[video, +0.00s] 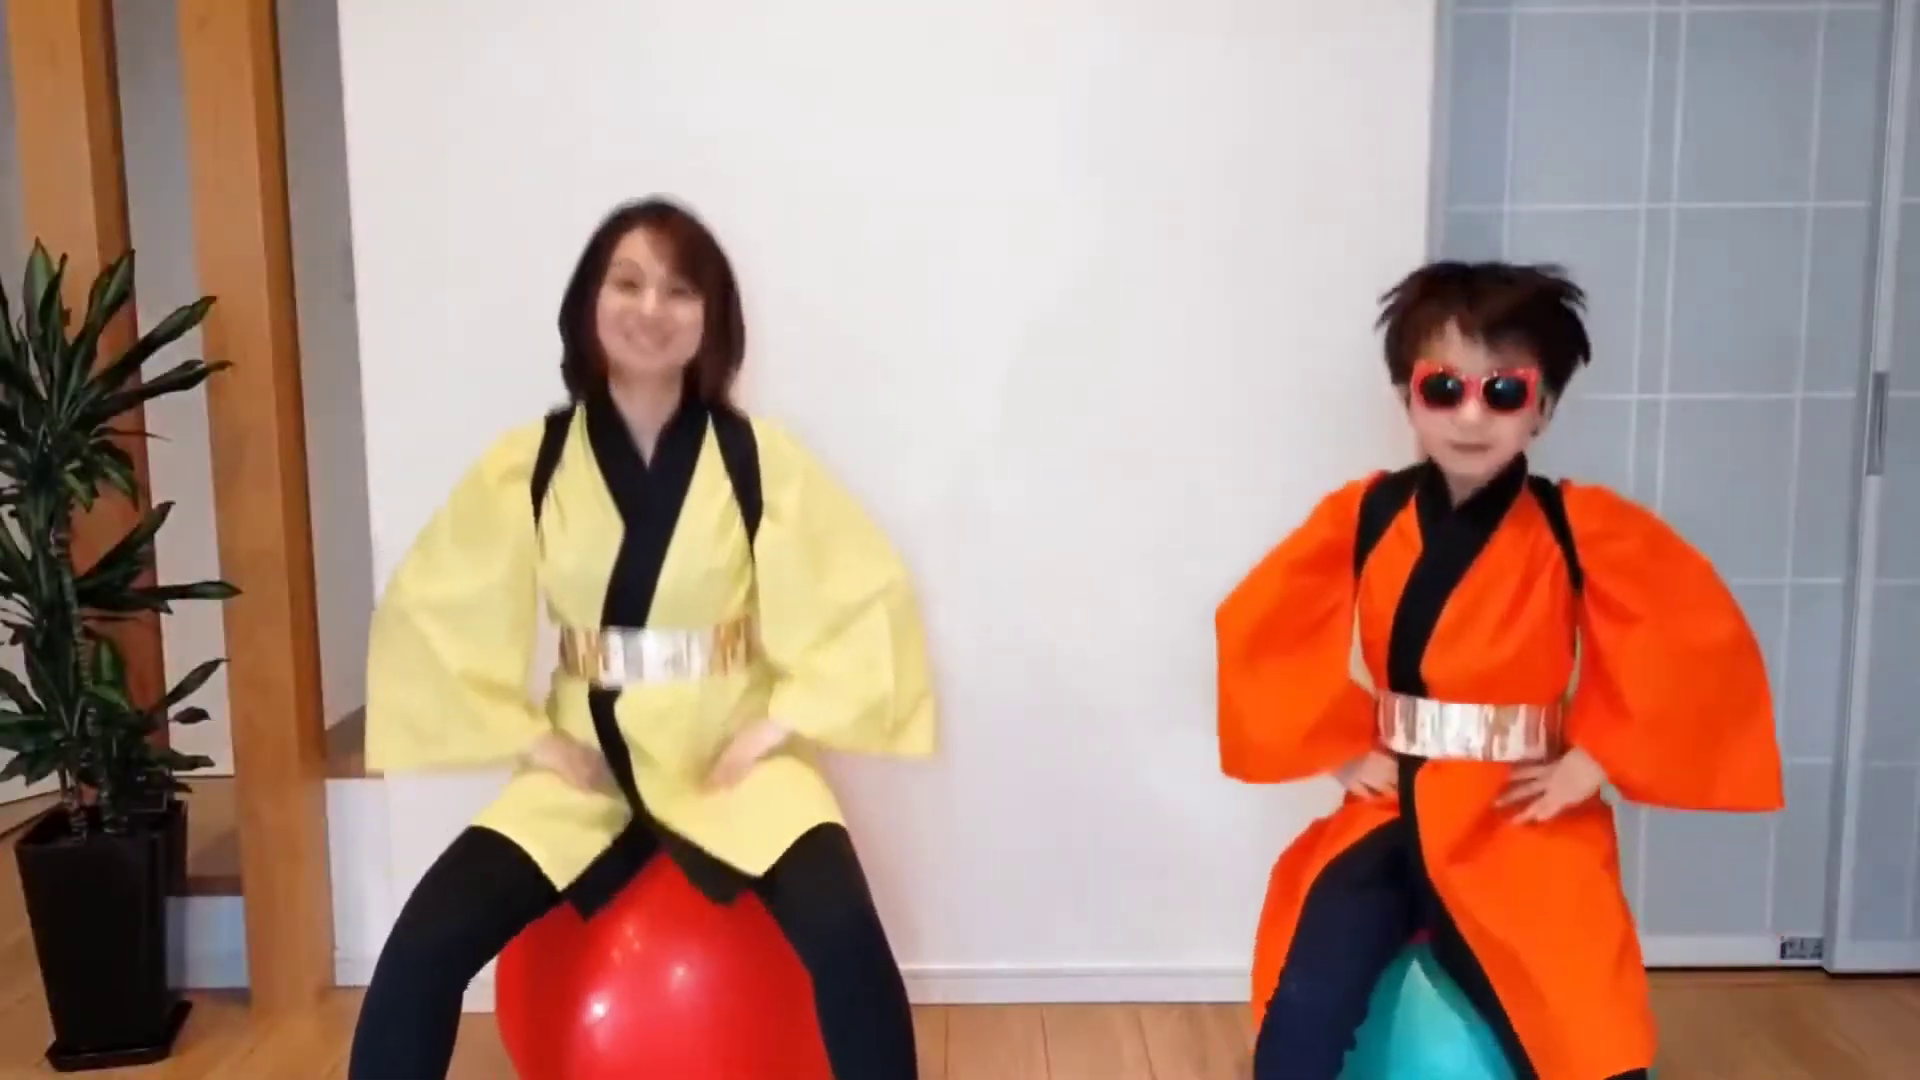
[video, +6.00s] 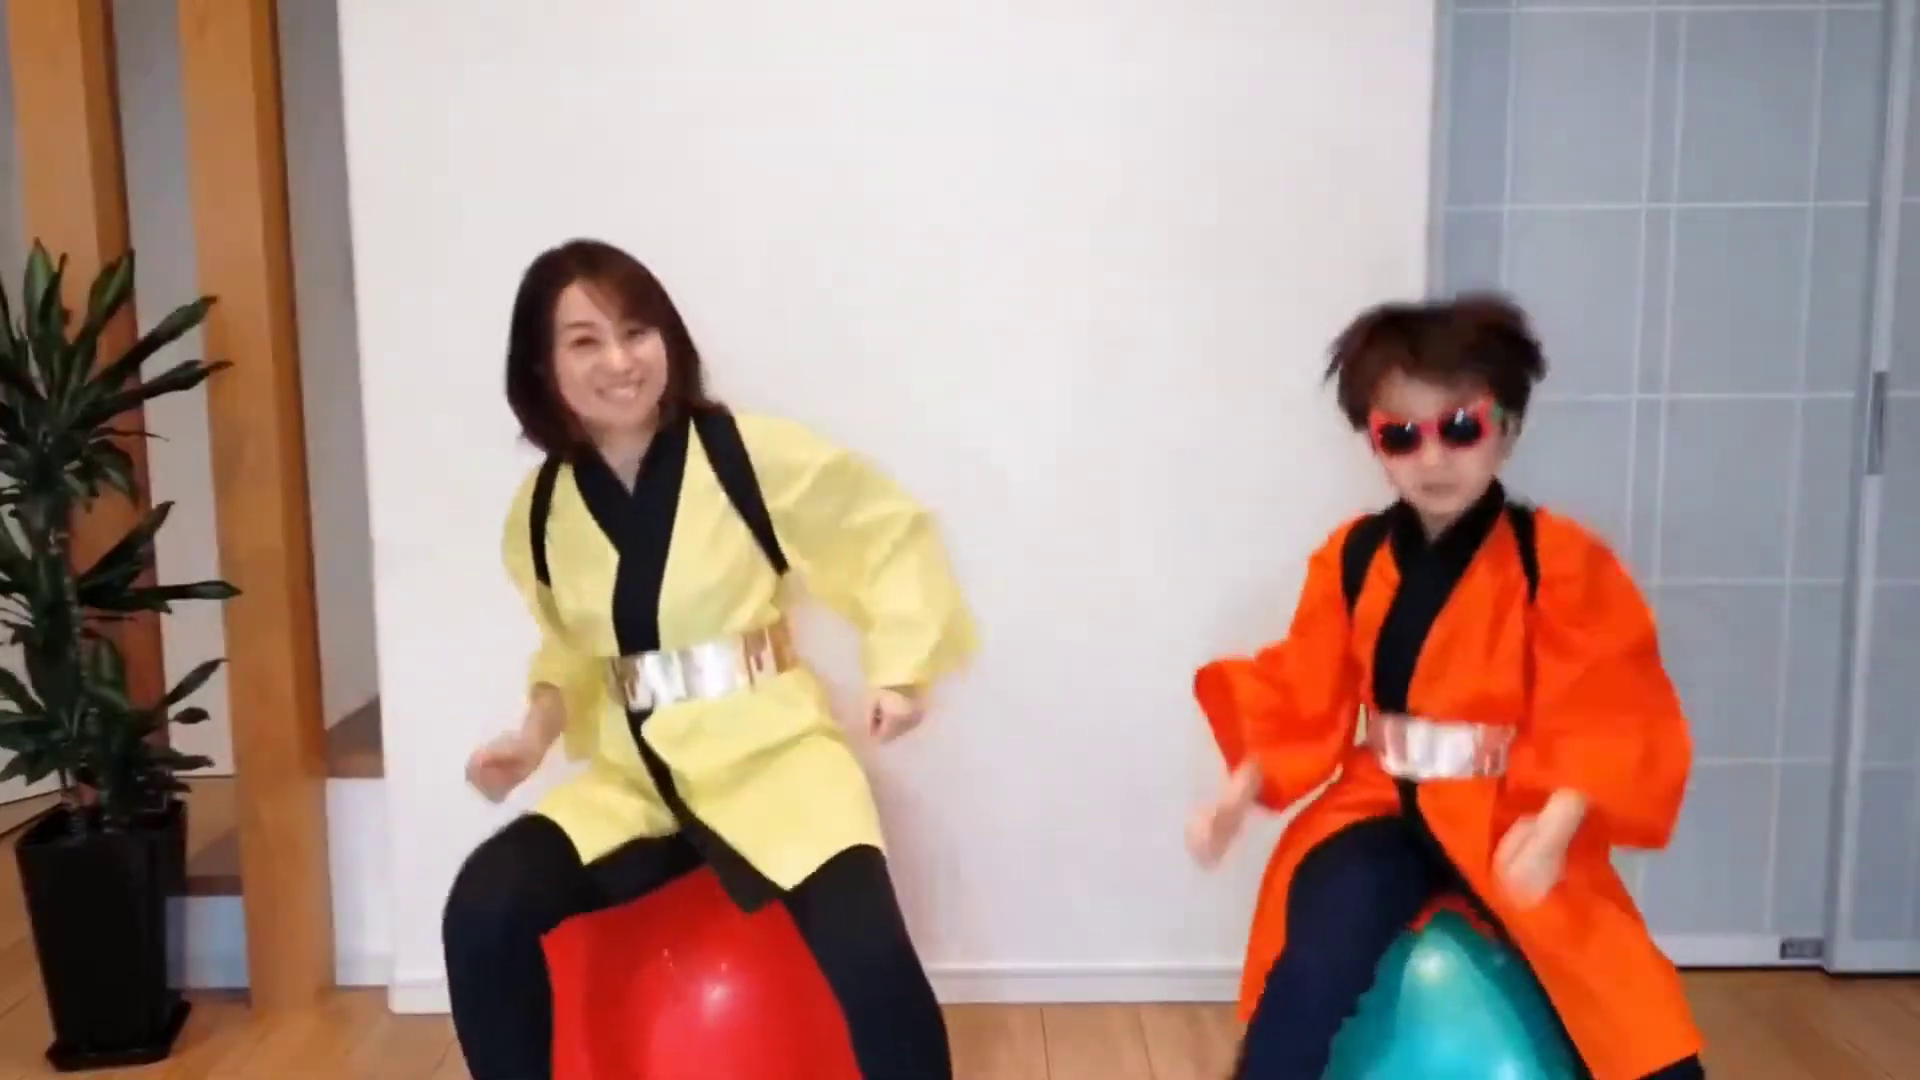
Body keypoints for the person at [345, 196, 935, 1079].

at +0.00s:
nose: (648, 309)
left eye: (677, 290)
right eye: (625, 283)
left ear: (711, 317)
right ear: (589, 303)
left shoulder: (758, 460)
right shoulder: (531, 461)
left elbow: (871, 604)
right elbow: (424, 615)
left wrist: (772, 724)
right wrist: (535, 738)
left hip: (741, 763)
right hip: (585, 767)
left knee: (847, 936)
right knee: (422, 946)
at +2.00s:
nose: (644, 454)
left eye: (669, 428)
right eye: (618, 430)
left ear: (705, 438)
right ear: (587, 442)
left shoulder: (764, 559)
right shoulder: (543, 566)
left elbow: (877, 699)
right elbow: (434, 708)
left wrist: (779, 808)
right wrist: (535, 815)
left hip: (740, 844)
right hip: (591, 850)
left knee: (836, 913)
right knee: (438, 935)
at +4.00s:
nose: (657, 288)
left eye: (686, 267)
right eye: (633, 259)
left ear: (718, 287)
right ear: (590, 272)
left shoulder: (766, 414)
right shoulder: (530, 425)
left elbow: (879, 553)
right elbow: (433, 572)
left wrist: (787, 679)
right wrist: (537, 689)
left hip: (755, 730)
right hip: (588, 739)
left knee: (855, 932)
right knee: (440, 955)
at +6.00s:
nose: (620, 361)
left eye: (635, 332)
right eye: (586, 344)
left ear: (669, 340)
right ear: (545, 372)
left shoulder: (746, 453)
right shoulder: (541, 505)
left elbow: (894, 536)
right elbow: (567, 643)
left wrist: (899, 669)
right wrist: (533, 734)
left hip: (775, 767)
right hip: (631, 783)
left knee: (871, 955)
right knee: (484, 905)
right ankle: (513, 1078)